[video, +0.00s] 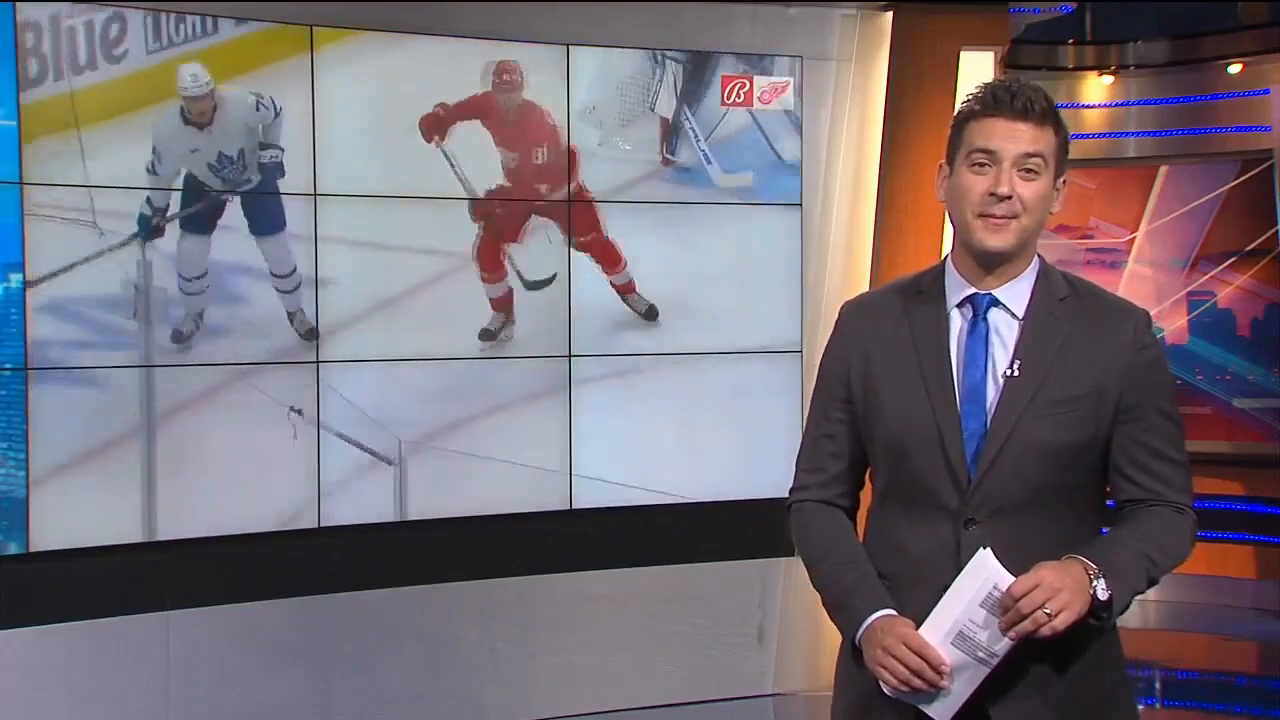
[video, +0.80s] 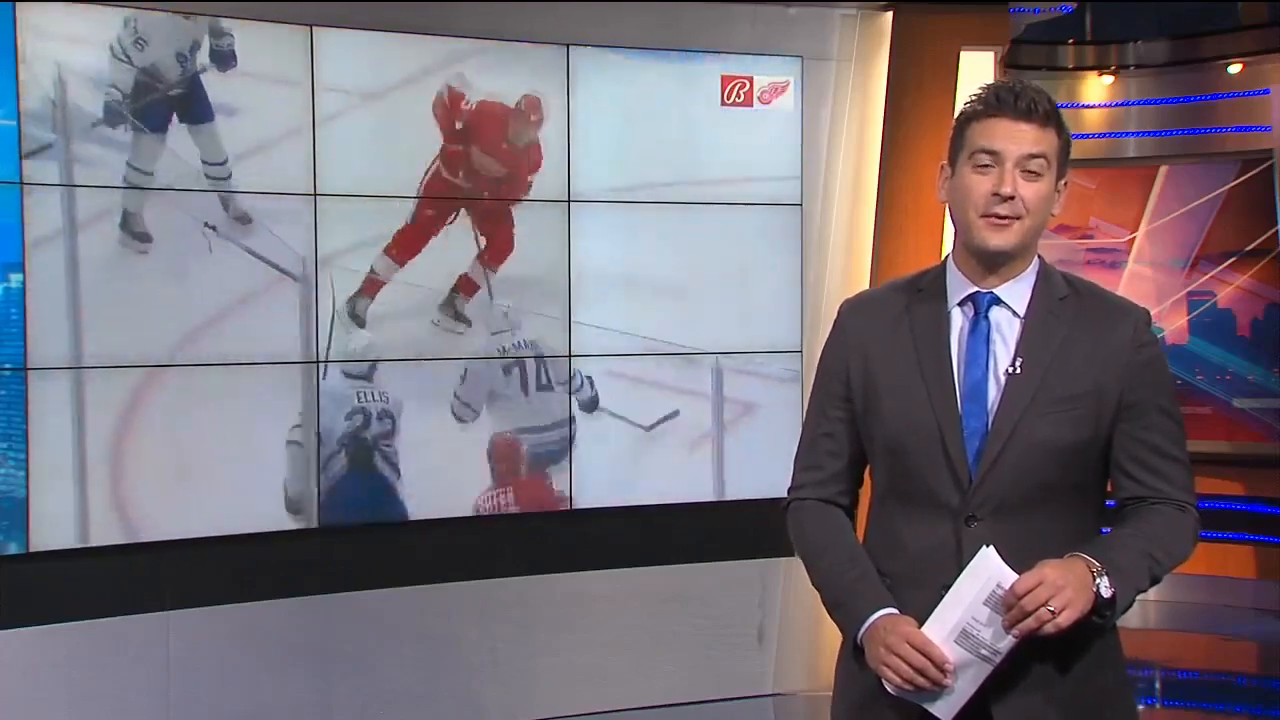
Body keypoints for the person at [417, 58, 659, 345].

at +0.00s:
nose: (506, 100)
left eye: (512, 94)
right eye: (500, 94)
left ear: (522, 91)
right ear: (492, 92)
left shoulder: (536, 118)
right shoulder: (488, 106)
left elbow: (537, 180)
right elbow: (459, 111)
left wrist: (498, 201)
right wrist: (439, 120)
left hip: (560, 191)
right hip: (519, 191)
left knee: (596, 242)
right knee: (486, 250)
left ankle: (631, 294)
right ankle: (503, 316)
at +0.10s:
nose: (465, 107)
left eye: (470, 100)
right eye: (459, 101)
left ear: (480, 98)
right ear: (451, 101)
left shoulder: (497, 122)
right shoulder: (447, 120)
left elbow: (523, 169)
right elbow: (420, 141)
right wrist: (391, 163)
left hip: (529, 182)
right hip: (487, 182)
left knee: (545, 255)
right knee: (456, 239)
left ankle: (586, 265)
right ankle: (477, 300)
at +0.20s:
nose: (445, 123)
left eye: (450, 116)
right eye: (440, 117)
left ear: (460, 113)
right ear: (433, 114)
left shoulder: (480, 132)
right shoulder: (428, 128)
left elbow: (505, 184)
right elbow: (406, 155)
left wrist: (497, 239)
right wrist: (391, 190)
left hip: (505, 182)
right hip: (464, 179)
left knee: (500, 257)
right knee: (433, 234)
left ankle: (516, 262)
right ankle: (442, 283)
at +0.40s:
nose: (461, 167)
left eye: (466, 162)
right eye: (456, 162)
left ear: (474, 158)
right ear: (448, 157)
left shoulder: (482, 176)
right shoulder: (425, 163)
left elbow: (492, 228)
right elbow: (408, 201)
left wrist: (474, 253)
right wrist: (424, 237)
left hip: (468, 215)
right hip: (430, 212)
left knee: (464, 259)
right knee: (392, 250)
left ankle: (453, 316)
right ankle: (358, 291)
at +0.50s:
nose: (457, 180)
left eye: (463, 175)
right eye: (453, 174)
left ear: (473, 172)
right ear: (447, 167)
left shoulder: (477, 190)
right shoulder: (429, 173)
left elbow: (472, 249)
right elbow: (407, 219)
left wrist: (441, 279)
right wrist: (419, 262)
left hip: (453, 226)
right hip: (417, 217)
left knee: (452, 271)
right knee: (379, 251)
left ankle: (429, 327)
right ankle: (346, 302)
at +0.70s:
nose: (491, 158)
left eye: (497, 154)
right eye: (488, 150)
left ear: (504, 154)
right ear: (480, 145)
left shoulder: (500, 182)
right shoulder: (457, 150)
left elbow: (479, 225)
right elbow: (420, 182)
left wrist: (443, 264)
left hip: (458, 217)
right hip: (422, 202)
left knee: (479, 255)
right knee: (398, 253)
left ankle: (435, 319)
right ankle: (354, 308)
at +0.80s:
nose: (524, 132)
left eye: (531, 128)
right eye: (523, 123)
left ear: (537, 129)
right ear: (515, 116)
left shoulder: (531, 155)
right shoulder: (488, 113)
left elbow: (517, 190)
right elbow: (447, 108)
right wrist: (453, 143)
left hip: (487, 196)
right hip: (449, 180)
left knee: (502, 245)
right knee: (418, 233)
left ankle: (455, 303)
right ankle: (363, 297)